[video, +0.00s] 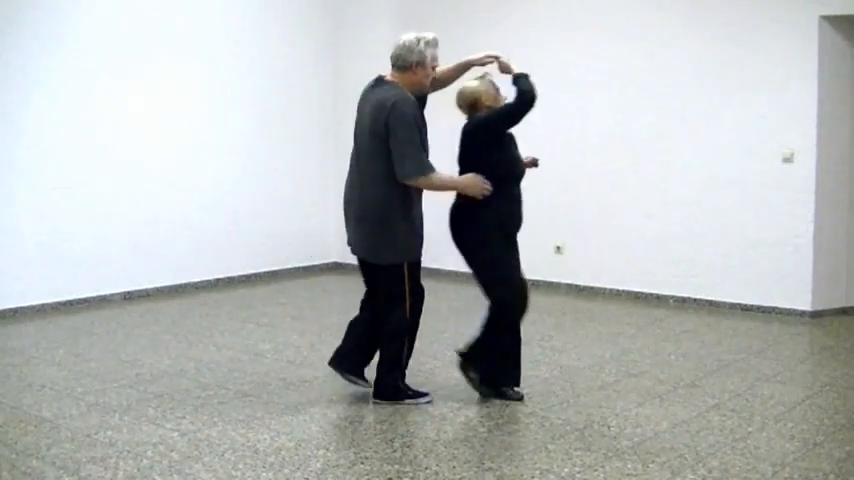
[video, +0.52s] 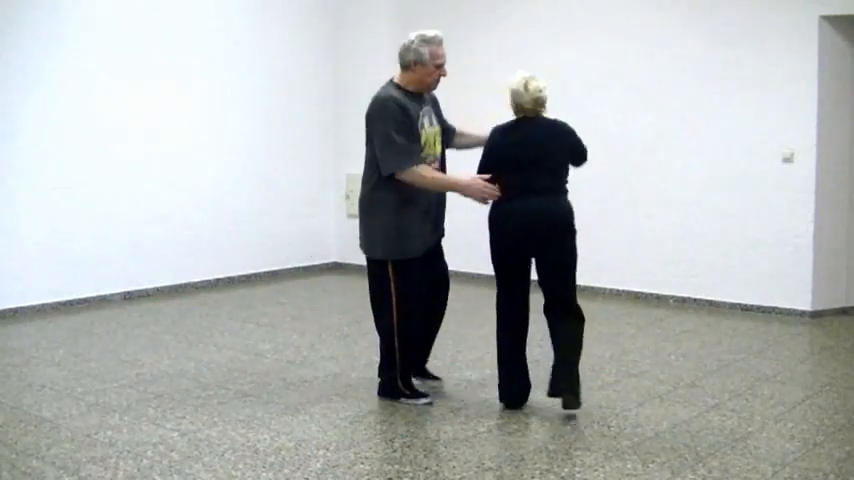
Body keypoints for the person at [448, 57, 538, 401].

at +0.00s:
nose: (500, 93)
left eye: (497, 89)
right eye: (494, 90)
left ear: (477, 101)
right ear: (486, 98)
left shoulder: (491, 129)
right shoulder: (481, 128)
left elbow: (493, 168)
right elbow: (525, 101)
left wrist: (521, 164)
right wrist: (517, 73)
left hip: (493, 223)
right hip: (479, 224)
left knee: (511, 297)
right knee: (511, 297)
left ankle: (498, 378)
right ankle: (474, 360)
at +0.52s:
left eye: (516, 100)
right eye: (540, 98)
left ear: (513, 104)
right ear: (544, 101)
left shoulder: (500, 135)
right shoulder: (559, 131)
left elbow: (483, 178)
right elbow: (580, 157)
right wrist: (550, 138)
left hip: (509, 226)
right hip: (554, 224)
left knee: (511, 304)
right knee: (562, 301)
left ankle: (512, 392)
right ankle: (566, 383)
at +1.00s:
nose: (543, 103)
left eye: (546, 97)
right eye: (545, 96)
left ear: (555, 102)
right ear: (579, 104)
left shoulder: (548, 136)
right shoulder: (597, 139)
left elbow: (512, 185)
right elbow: (584, 186)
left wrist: (475, 177)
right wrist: (544, 208)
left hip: (556, 233)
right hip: (600, 234)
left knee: (534, 306)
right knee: (590, 321)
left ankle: (549, 387)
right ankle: (583, 409)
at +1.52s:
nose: (558, 104)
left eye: (559, 100)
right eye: (562, 99)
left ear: (564, 103)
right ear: (595, 103)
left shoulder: (550, 137)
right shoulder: (612, 136)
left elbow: (506, 181)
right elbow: (641, 169)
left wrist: (471, 165)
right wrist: (612, 147)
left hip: (555, 240)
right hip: (603, 241)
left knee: (546, 319)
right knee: (594, 320)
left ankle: (550, 410)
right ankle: (585, 409)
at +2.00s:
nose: (631, 103)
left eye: (629, 96)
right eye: (626, 97)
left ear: (593, 101)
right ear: (605, 101)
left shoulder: (563, 134)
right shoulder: (617, 138)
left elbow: (534, 185)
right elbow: (644, 187)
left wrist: (528, 167)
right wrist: (700, 193)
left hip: (556, 247)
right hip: (603, 250)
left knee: (559, 330)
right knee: (614, 334)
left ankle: (550, 423)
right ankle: (600, 425)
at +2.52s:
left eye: (583, 99)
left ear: (583, 105)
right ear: (617, 107)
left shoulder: (564, 139)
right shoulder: (633, 146)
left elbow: (519, 180)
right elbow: (682, 191)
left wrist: (494, 166)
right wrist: (733, 190)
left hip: (561, 250)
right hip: (614, 256)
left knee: (536, 328)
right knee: (613, 341)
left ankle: (521, 413)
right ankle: (607, 438)